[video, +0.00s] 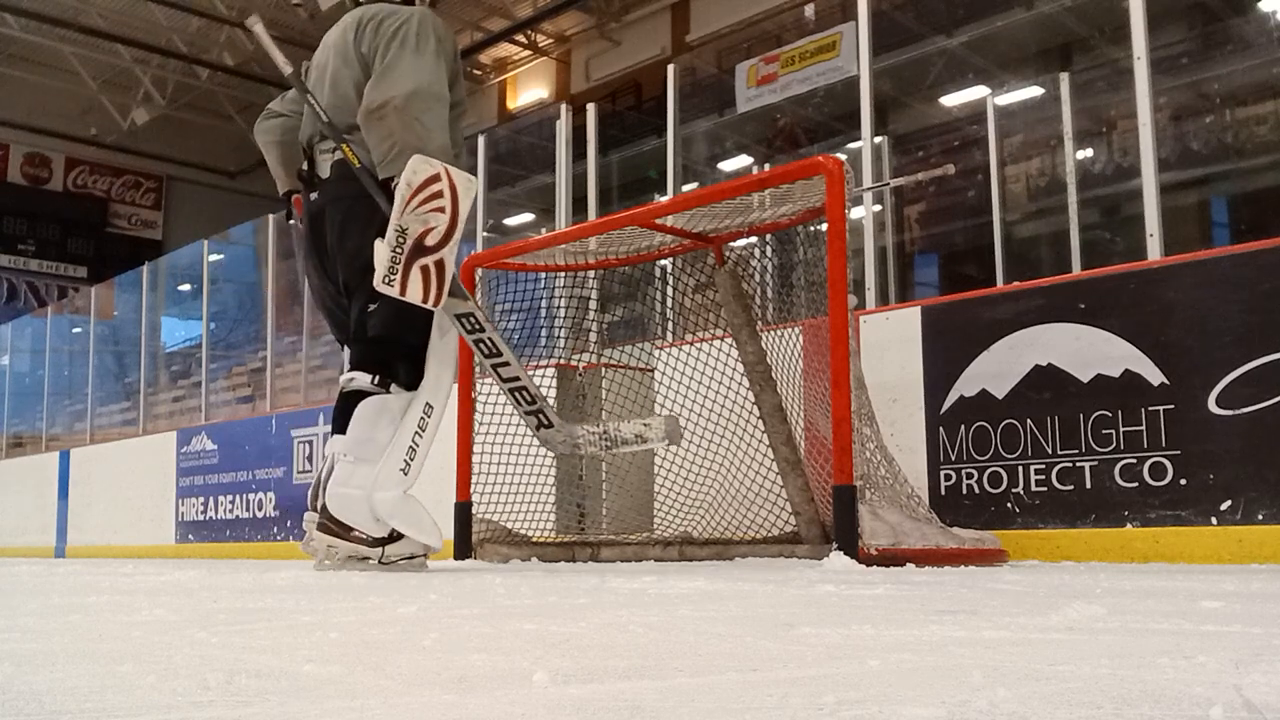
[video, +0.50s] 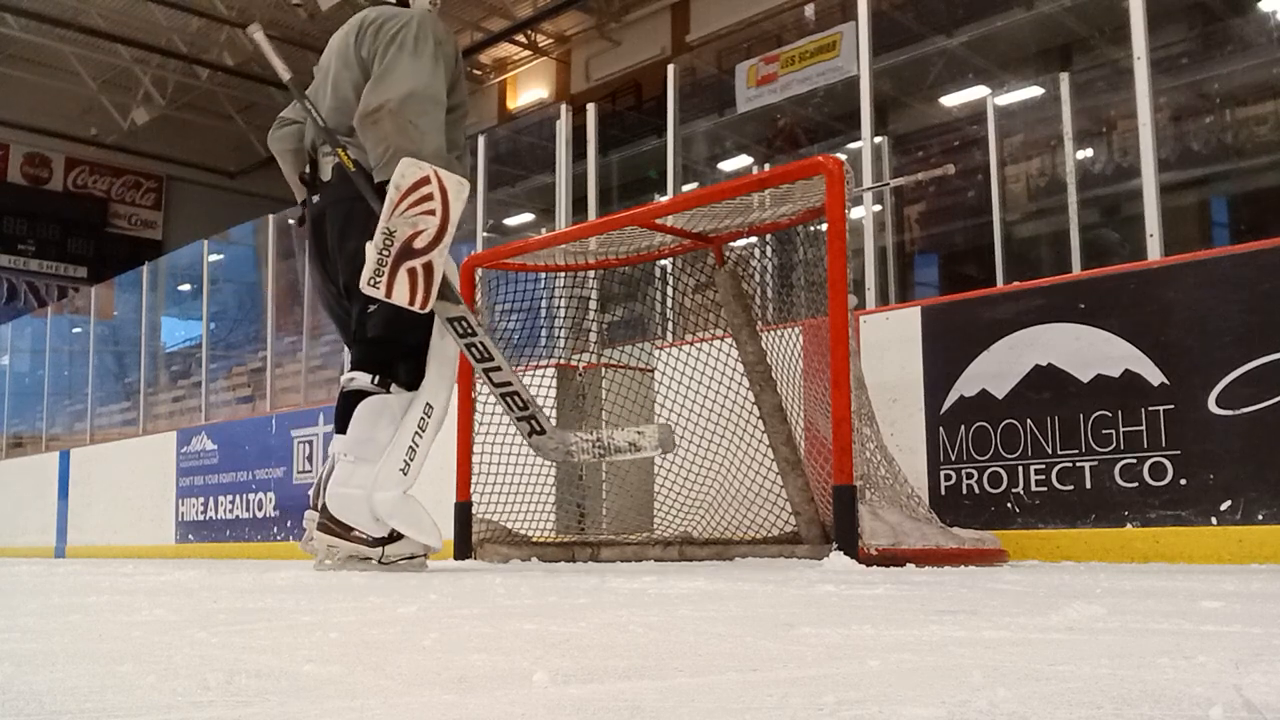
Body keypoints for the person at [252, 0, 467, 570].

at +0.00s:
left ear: (359, 5)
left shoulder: (325, 59)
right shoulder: (411, 24)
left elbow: (273, 125)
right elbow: (399, 115)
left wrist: (298, 188)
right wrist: (433, 215)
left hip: (322, 217)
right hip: (371, 205)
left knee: (366, 354)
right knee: (399, 352)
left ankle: (335, 505)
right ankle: (354, 507)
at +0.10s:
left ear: (364, 3)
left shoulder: (328, 55)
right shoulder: (411, 23)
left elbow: (275, 126)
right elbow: (398, 113)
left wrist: (302, 191)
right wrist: (430, 215)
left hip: (321, 219)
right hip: (372, 207)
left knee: (366, 356)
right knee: (400, 354)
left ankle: (336, 504)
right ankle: (356, 507)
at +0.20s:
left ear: (368, 2)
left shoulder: (331, 53)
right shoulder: (412, 23)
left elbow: (278, 126)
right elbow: (398, 115)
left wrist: (299, 190)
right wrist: (430, 215)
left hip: (320, 218)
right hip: (369, 206)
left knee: (368, 355)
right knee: (400, 354)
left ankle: (336, 505)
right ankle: (355, 506)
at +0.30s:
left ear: (370, 2)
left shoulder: (334, 52)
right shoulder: (412, 23)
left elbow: (281, 128)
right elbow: (399, 117)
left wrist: (301, 192)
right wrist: (428, 219)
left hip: (325, 221)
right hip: (373, 210)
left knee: (369, 354)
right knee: (399, 353)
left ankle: (336, 505)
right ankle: (354, 507)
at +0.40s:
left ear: (373, 2)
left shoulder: (338, 52)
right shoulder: (412, 23)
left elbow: (285, 129)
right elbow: (397, 117)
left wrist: (309, 191)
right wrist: (428, 220)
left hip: (326, 218)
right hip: (373, 208)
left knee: (370, 356)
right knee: (402, 355)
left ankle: (338, 507)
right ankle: (355, 509)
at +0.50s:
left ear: (377, 1)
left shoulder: (344, 46)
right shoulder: (412, 24)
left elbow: (288, 131)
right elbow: (396, 120)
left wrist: (317, 190)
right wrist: (425, 226)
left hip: (330, 214)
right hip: (375, 207)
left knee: (370, 357)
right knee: (403, 358)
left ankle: (345, 513)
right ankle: (354, 506)